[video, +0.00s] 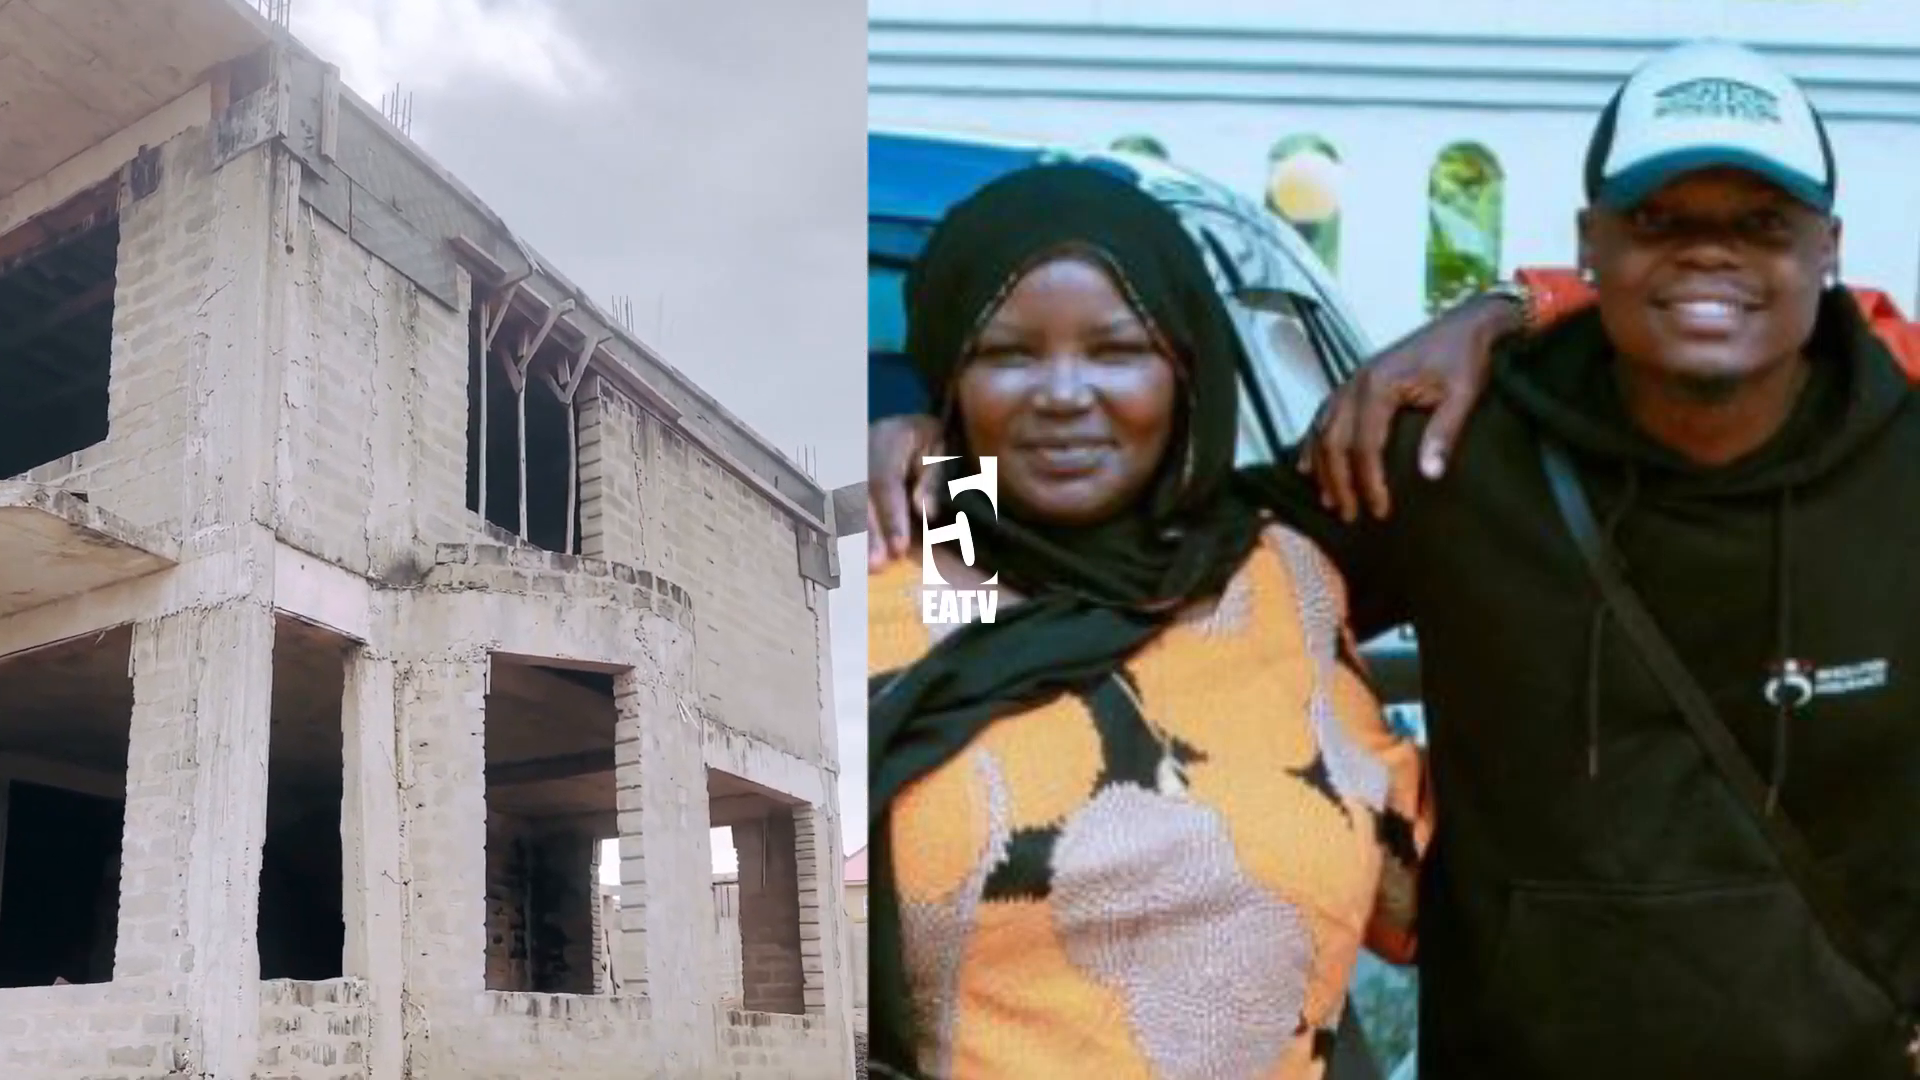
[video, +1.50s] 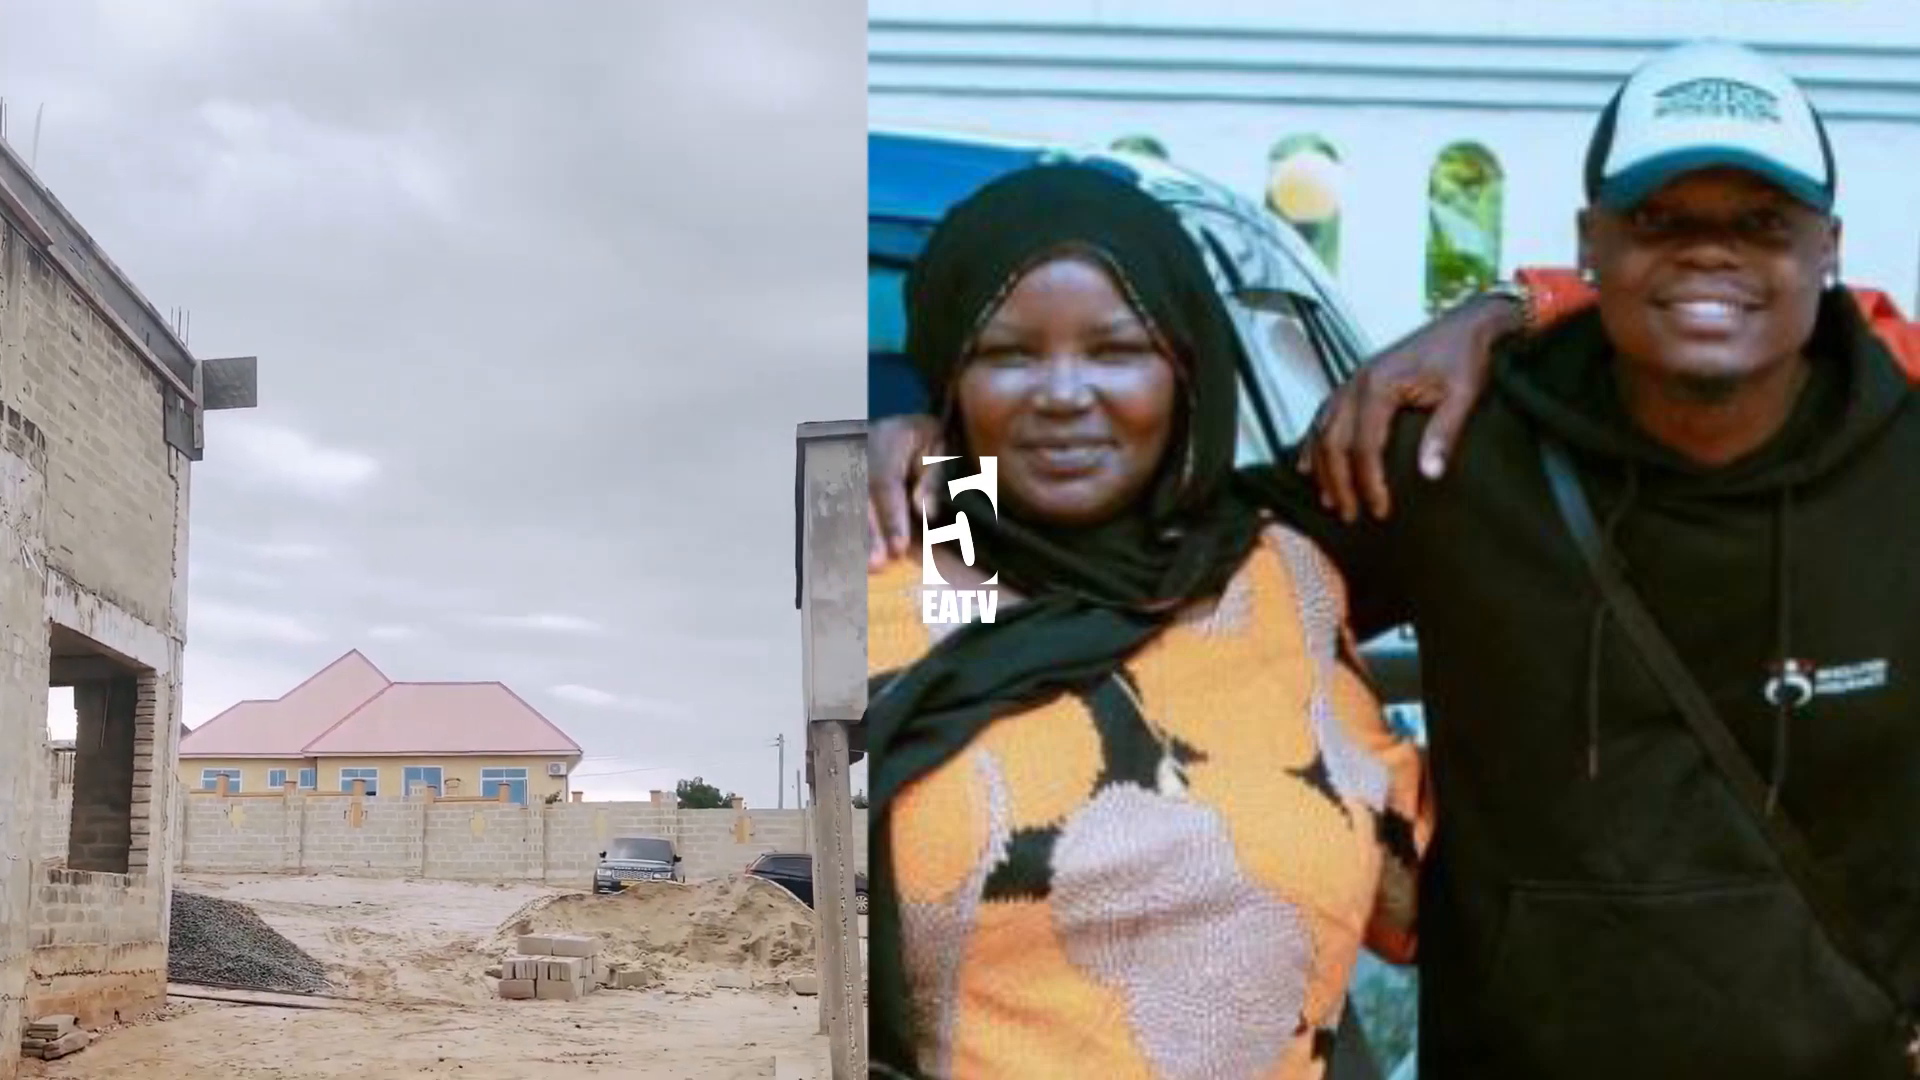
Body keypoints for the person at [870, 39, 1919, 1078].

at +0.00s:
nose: (1707, 252)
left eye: (1757, 220)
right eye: (1664, 215)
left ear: (1825, 250)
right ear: (1595, 242)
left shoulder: (1899, 445)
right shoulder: (1464, 447)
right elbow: (1174, 558)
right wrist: (954, 463)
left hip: (1849, 1037)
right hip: (1535, 1044)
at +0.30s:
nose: (1707, 252)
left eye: (1757, 220)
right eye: (1664, 215)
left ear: (1825, 250)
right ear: (1595, 242)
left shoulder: (1898, 446)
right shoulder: (1464, 447)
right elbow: (1175, 558)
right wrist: (957, 460)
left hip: (1848, 1037)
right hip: (1534, 1044)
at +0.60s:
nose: (1707, 251)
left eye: (1757, 219)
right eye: (1664, 215)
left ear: (1826, 250)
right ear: (1595, 242)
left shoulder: (1898, 445)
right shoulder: (1464, 447)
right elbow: (1175, 556)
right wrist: (955, 461)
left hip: (1849, 1037)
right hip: (1536, 1044)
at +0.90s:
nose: (1707, 252)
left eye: (1757, 219)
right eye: (1664, 215)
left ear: (1826, 250)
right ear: (1595, 242)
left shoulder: (1898, 444)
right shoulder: (1464, 448)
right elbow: (1177, 558)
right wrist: (958, 463)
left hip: (1849, 1037)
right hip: (1535, 1044)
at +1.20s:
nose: (1707, 251)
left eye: (1757, 219)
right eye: (1664, 215)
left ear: (1825, 250)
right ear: (1595, 242)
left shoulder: (1898, 445)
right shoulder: (1463, 448)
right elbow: (1175, 559)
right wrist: (958, 463)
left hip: (1848, 1037)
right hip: (1535, 1043)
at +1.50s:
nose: (1706, 251)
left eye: (1757, 219)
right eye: (1664, 214)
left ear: (1825, 251)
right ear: (1594, 241)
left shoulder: (1898, 446)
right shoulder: (1463, 449)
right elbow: (1174, 558)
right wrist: (960, 463)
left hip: (1849, 1038)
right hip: (1535, 1044)